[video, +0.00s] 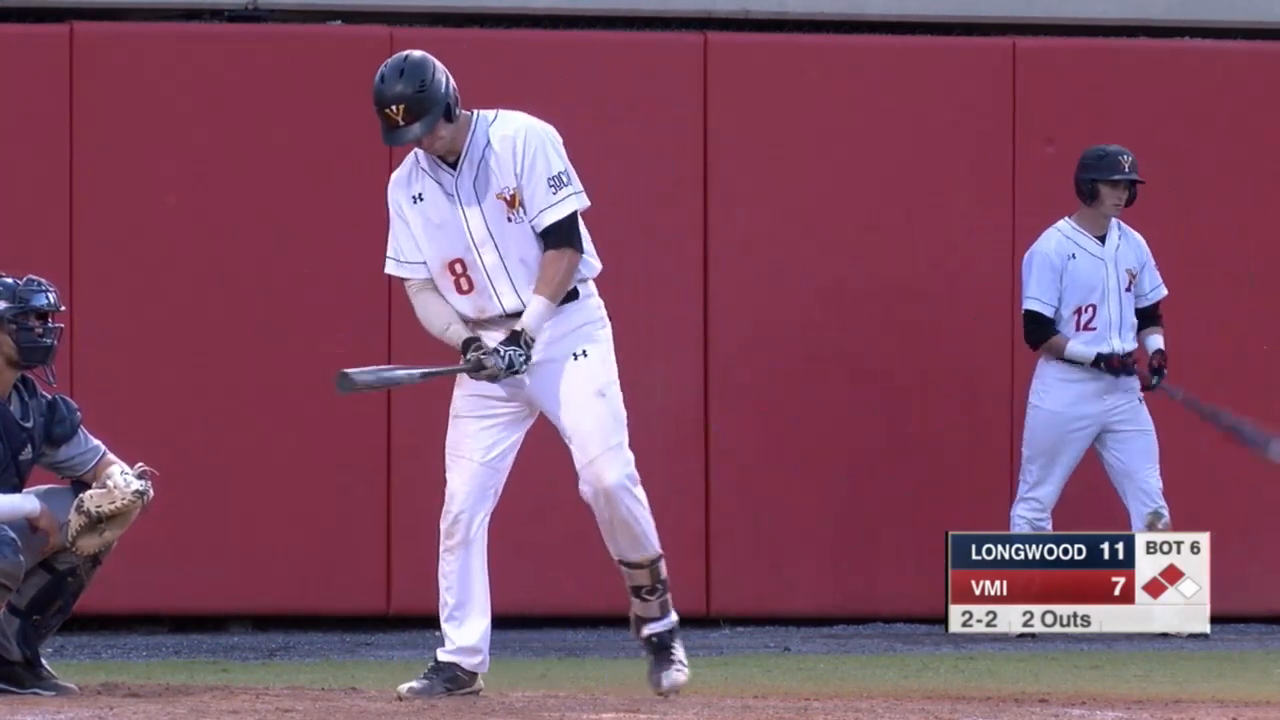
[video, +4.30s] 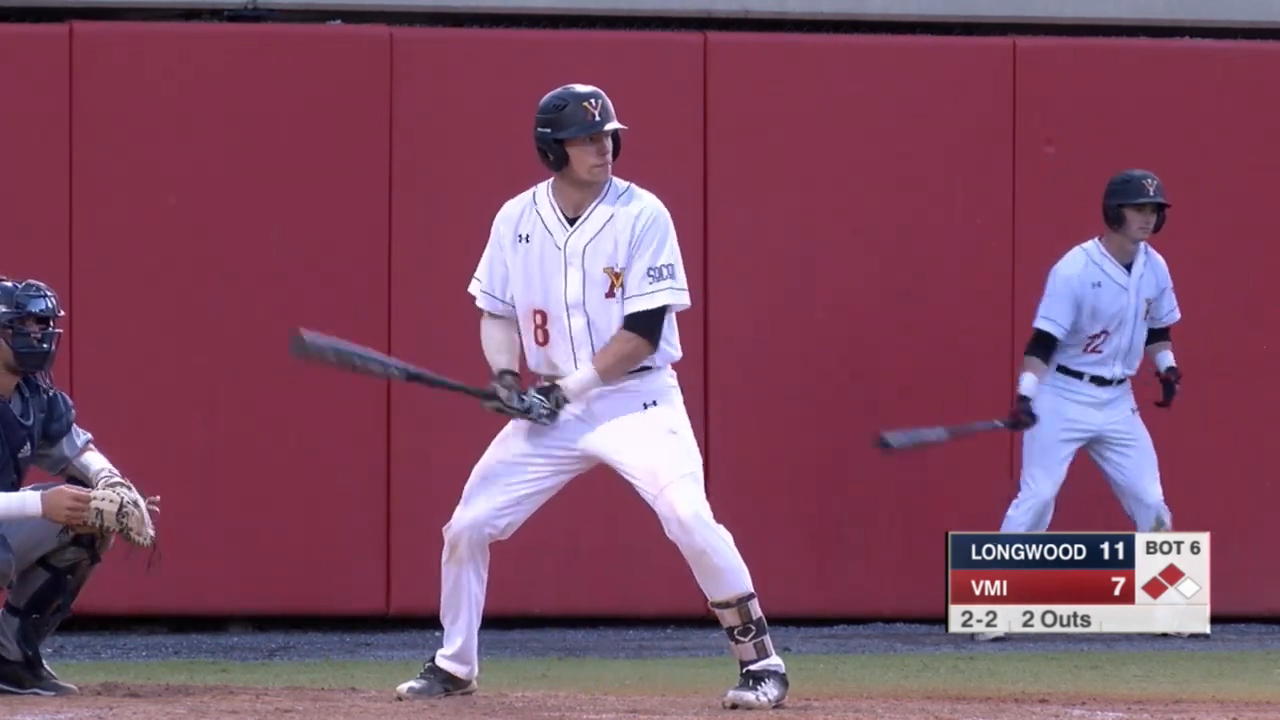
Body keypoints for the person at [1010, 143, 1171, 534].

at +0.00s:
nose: (1122, 195)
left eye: (1127, 186)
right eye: (1114, 185)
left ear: (1131, 190)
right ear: (1088, 186)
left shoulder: (1133, 244)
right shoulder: (1049, 249)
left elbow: (1148, 314)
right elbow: (1036, 332)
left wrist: (1156, 353)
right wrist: (1097, 358)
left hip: (1123, 391)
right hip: (1063, 391)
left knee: (1152, 510)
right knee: (1034, 507)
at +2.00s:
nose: (1075, 192)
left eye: (1083, 184)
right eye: (1067, 183)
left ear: (1096, 189)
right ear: (1053, 187)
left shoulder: (1119, 241)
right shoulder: (1032, 243)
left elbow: (1152, 312)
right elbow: (1040, 317)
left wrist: (1146, 309)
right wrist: (1101, 320)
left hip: (1118, 383)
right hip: (1058, 381)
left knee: (1148, 504)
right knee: (1033, 502)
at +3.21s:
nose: (1124, 193)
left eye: (1130, 185)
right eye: (1115, 184)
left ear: (1135, 191)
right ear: (1092, 187)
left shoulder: (1136, 246)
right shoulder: (1064, 242)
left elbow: (1149, 314)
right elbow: (1087, 322)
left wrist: (1163, 326)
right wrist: (1146, 342)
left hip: (1121, 387)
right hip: (1067, 384)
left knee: (1151, 504)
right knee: (1037, 504)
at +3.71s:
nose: (1195, 201)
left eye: (1199, 193)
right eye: (1186, 192)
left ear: (1204, 198)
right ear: (1162, 195)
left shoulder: (1188, 254)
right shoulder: (1134, 246)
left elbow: (1186, 328)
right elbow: (1148, 333)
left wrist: (1217, 359)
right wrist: (1193, 375)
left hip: (1153, 385)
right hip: (1106, 378)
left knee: (1172, 501)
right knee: (1083, 494)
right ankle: (1032, 582)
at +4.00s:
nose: (1198, 209)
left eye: (1203, 201)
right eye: (1189, 200)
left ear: (1207, 206)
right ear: (1163, 203)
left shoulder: (1192, 257)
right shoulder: (1130, 259)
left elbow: (1185, 323)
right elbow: (1115, 345)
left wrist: (1208, 364)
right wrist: (1138, 411)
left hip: (1147, 386)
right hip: (1099, 382)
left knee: (1171, 495)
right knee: (1060, 484)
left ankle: (1179, 592)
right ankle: (1000, 576)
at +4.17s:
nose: (1175, 215)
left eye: (1179, 207)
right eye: (1165, 207)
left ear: (1183, 212)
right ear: (1140, 210)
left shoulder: (1174, 264)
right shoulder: (1102, 266)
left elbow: (1172, 330)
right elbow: (1078, 348)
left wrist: (1189, 369)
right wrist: (1080, 408)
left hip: (1135, 398)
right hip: (1081, 391)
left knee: (1165, 505)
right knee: (1047, 496)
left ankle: (1171, 609)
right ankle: (992, 591)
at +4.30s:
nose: (1147, 218)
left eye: (1153, 210)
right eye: (1138, 210)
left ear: (1158, 216)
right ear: (1114, 213)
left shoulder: (1154, 266)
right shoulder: (1074, 268)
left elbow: (1156, 329)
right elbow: (1043, 339)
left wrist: (1167, 369)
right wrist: (1024, 394)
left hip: (1118, 401)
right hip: (1062, 395)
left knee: (1151, 505)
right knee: (1038, 497)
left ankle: (1165, 606)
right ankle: (991, 594)